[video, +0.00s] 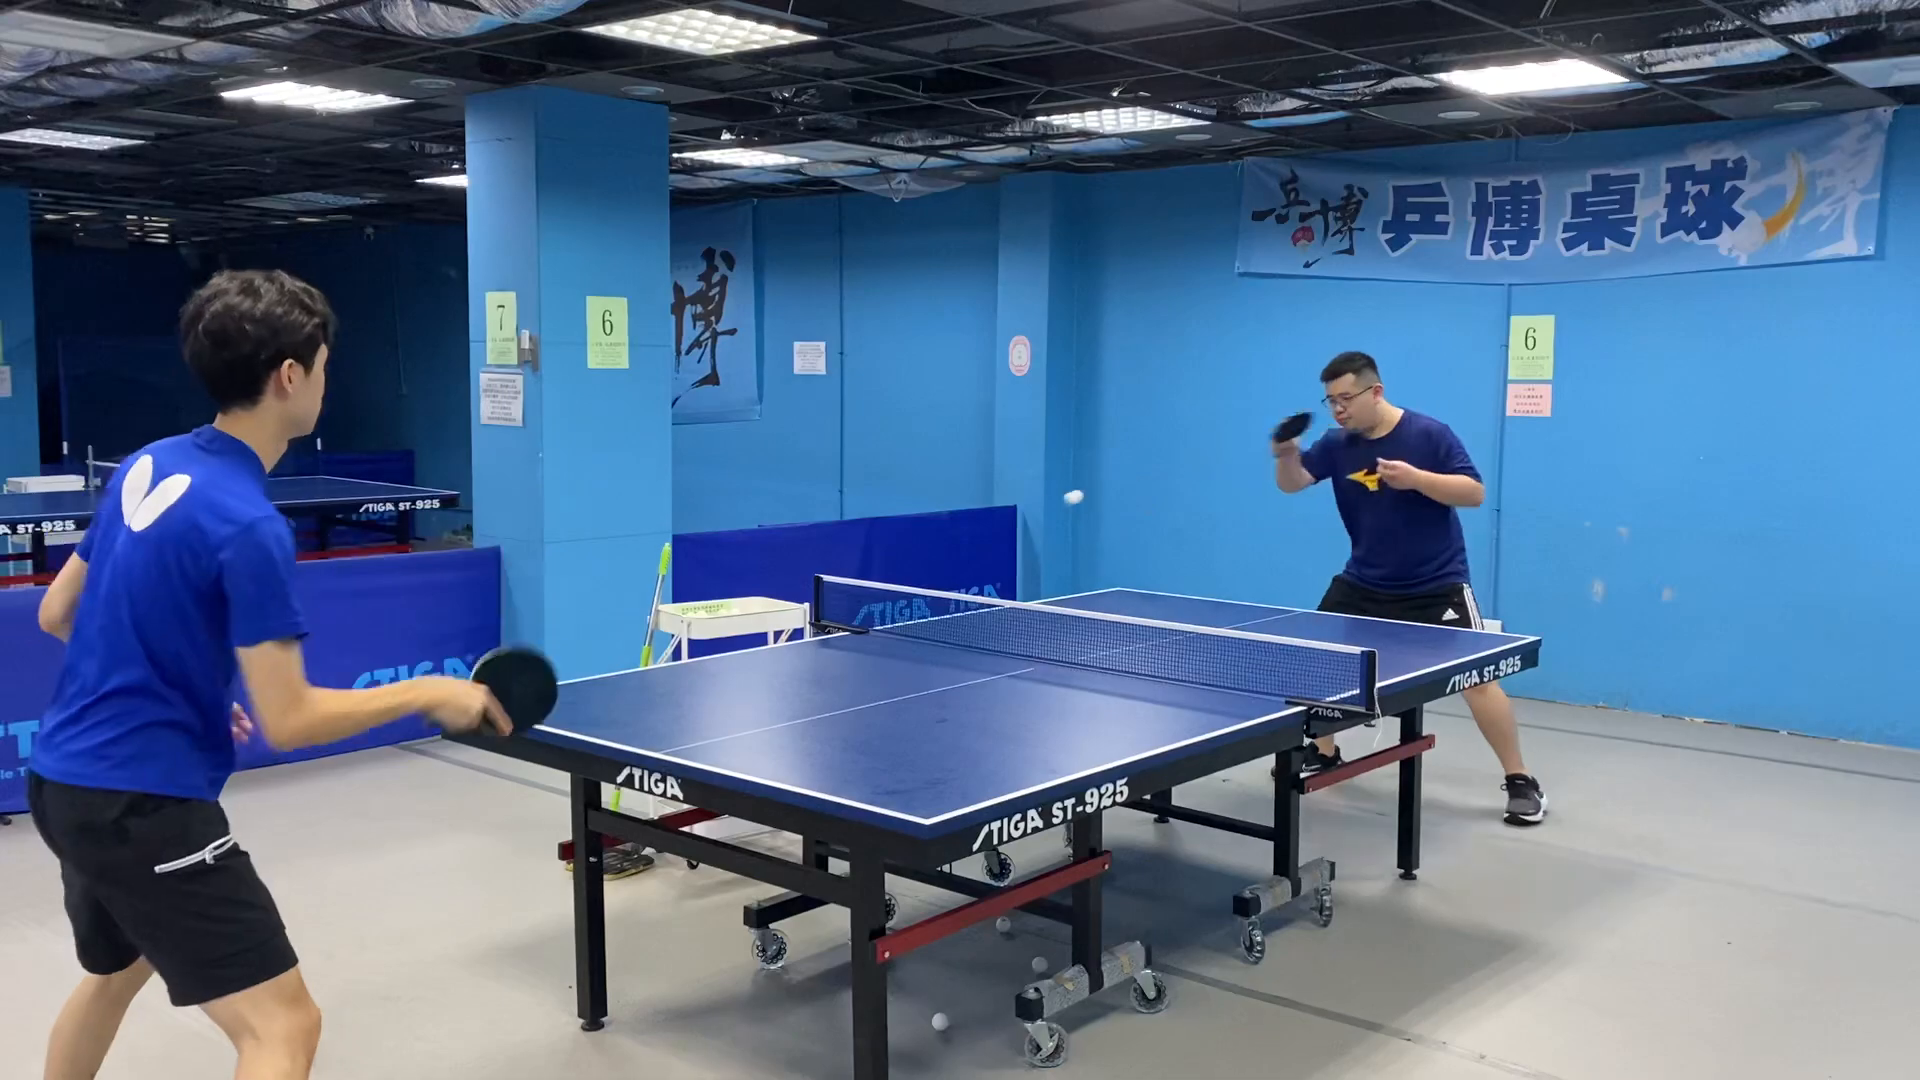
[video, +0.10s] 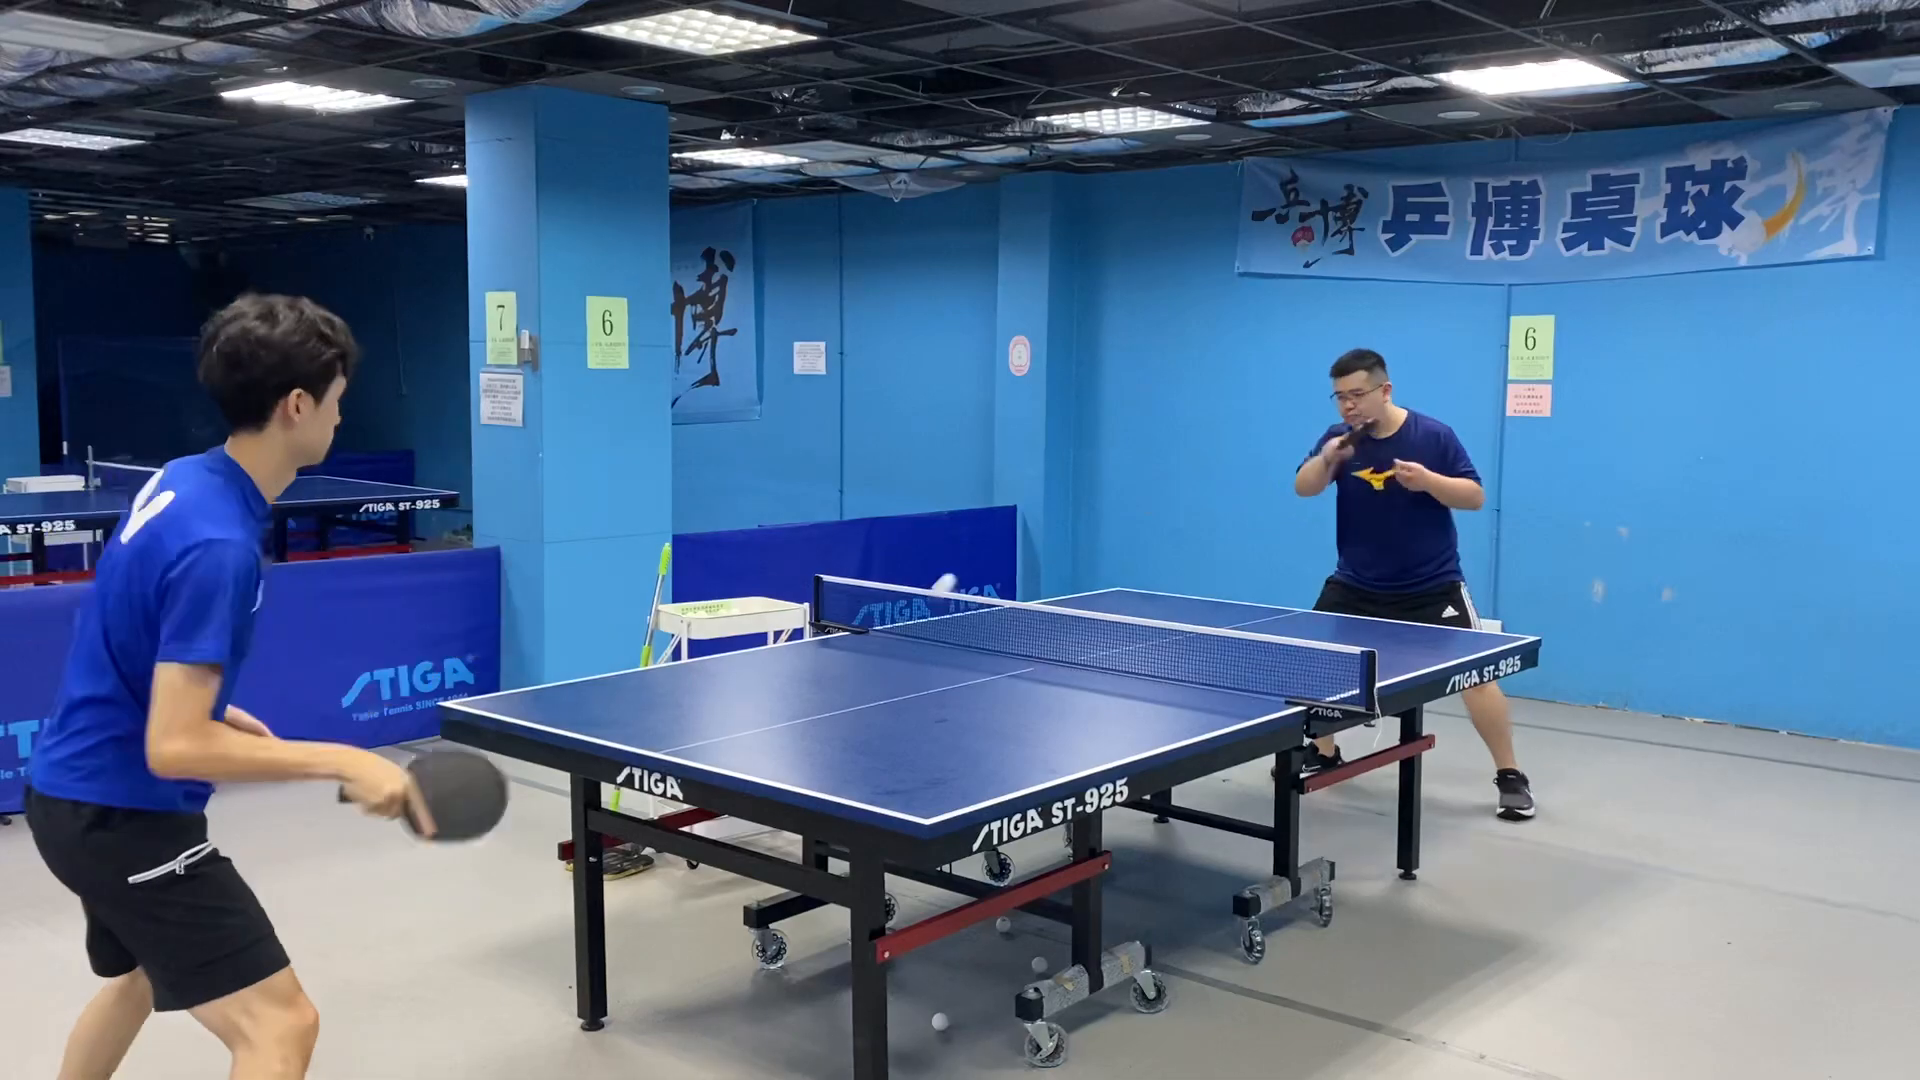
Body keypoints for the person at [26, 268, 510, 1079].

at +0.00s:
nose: (324, 387)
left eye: (324, 368)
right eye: (322, 367)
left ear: (217, 370)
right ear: (286, 376)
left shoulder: (146, 466)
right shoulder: (246, 522)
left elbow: (59, 613)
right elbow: (288, 720)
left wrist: (194, 693)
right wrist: (428, 694)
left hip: (65, 775)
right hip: (144, 797)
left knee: (114, 970)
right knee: (280, 1026)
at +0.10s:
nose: (339, 417)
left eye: (340, 398)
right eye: (336, 398)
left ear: (245, 400)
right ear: (294, 406)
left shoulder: (181, 481)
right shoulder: (219, 543)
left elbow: (134, 647)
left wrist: (213, 713)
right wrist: (344, 764)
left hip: (76, 790)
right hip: (129, 813)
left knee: (134, 983)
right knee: (279, 1025)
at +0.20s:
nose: (354, 453)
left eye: (355, 434)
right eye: (347, 433)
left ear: (287, 433)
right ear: (294, 434)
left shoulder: (210, 515)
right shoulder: (201, 560)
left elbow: (183, 704)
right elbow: (168, 761)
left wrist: (269, 774)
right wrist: (319, 786)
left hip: (90, 807)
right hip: (102, 824)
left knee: (162, 975)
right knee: (278, 1030)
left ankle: (81, 1077)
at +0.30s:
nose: (362, 470)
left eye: (365, 452)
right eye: (357, 451)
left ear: (297, 447)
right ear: (301, 447)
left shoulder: (193, 507)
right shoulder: (212, 554)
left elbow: (122, 655)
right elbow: (292, 747)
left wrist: (198, 747)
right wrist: (463, 723)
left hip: (64, 802)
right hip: (92, 826)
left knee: (146, 981)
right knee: (270, 1028)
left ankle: (75, 1078)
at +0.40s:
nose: (369, 485)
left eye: (375, 466)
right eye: (367, 462)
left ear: (297, 449)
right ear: (313, 454)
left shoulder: (185, 504)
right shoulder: (232, 565)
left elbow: (75, 626)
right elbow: (414, 676)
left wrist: (182, 733)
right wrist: (539, 580)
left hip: (43, 801)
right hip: (93, 828)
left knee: (134, 983)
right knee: (274, 1029)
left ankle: (65, 1077)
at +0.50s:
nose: (365, 477)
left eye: (372, 459)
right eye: (366, 456)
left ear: (304, 437)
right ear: (319, 440)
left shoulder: (165, 496)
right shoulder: (251, 553)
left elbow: (46, 621)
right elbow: (445, 633)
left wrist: (144, 686)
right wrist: (516, 521)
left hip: (38, 802)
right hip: (108, 829)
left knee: (110, 979)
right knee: (286, 1030)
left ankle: (54, 1079)